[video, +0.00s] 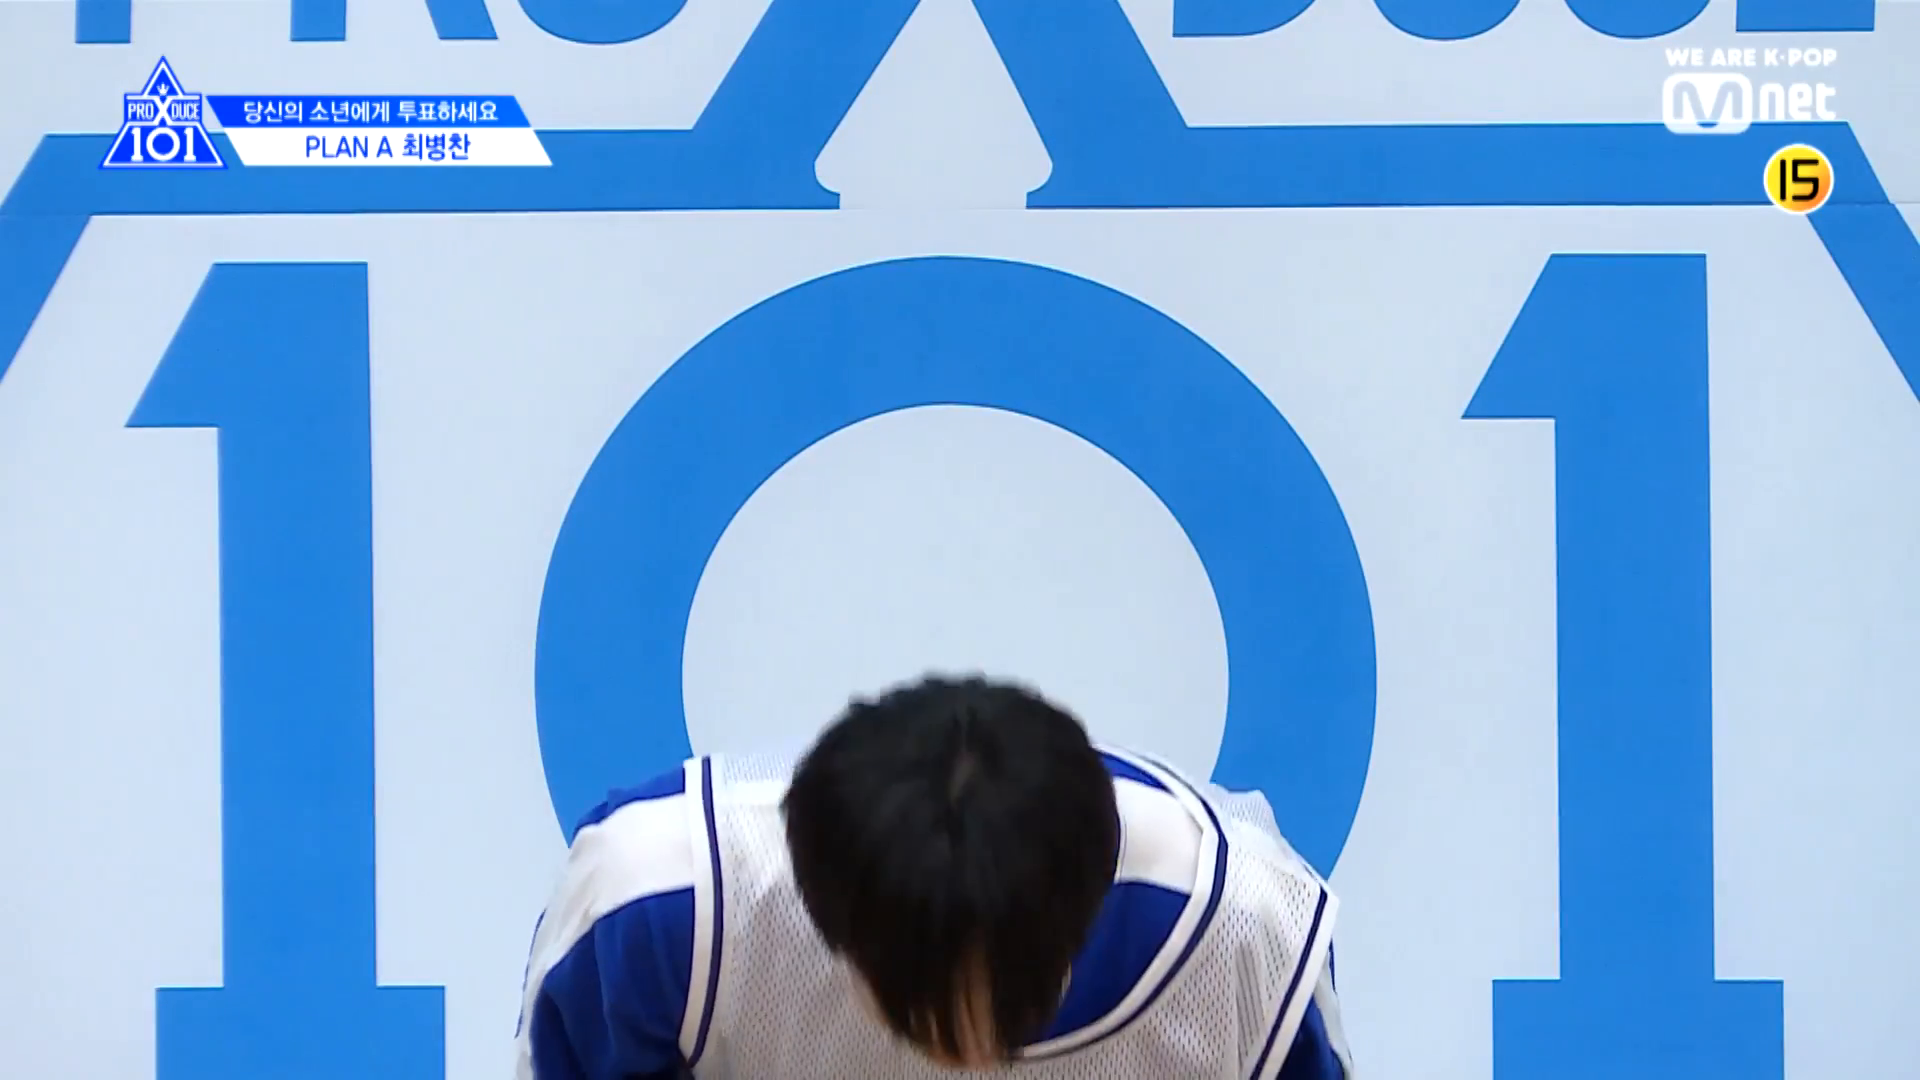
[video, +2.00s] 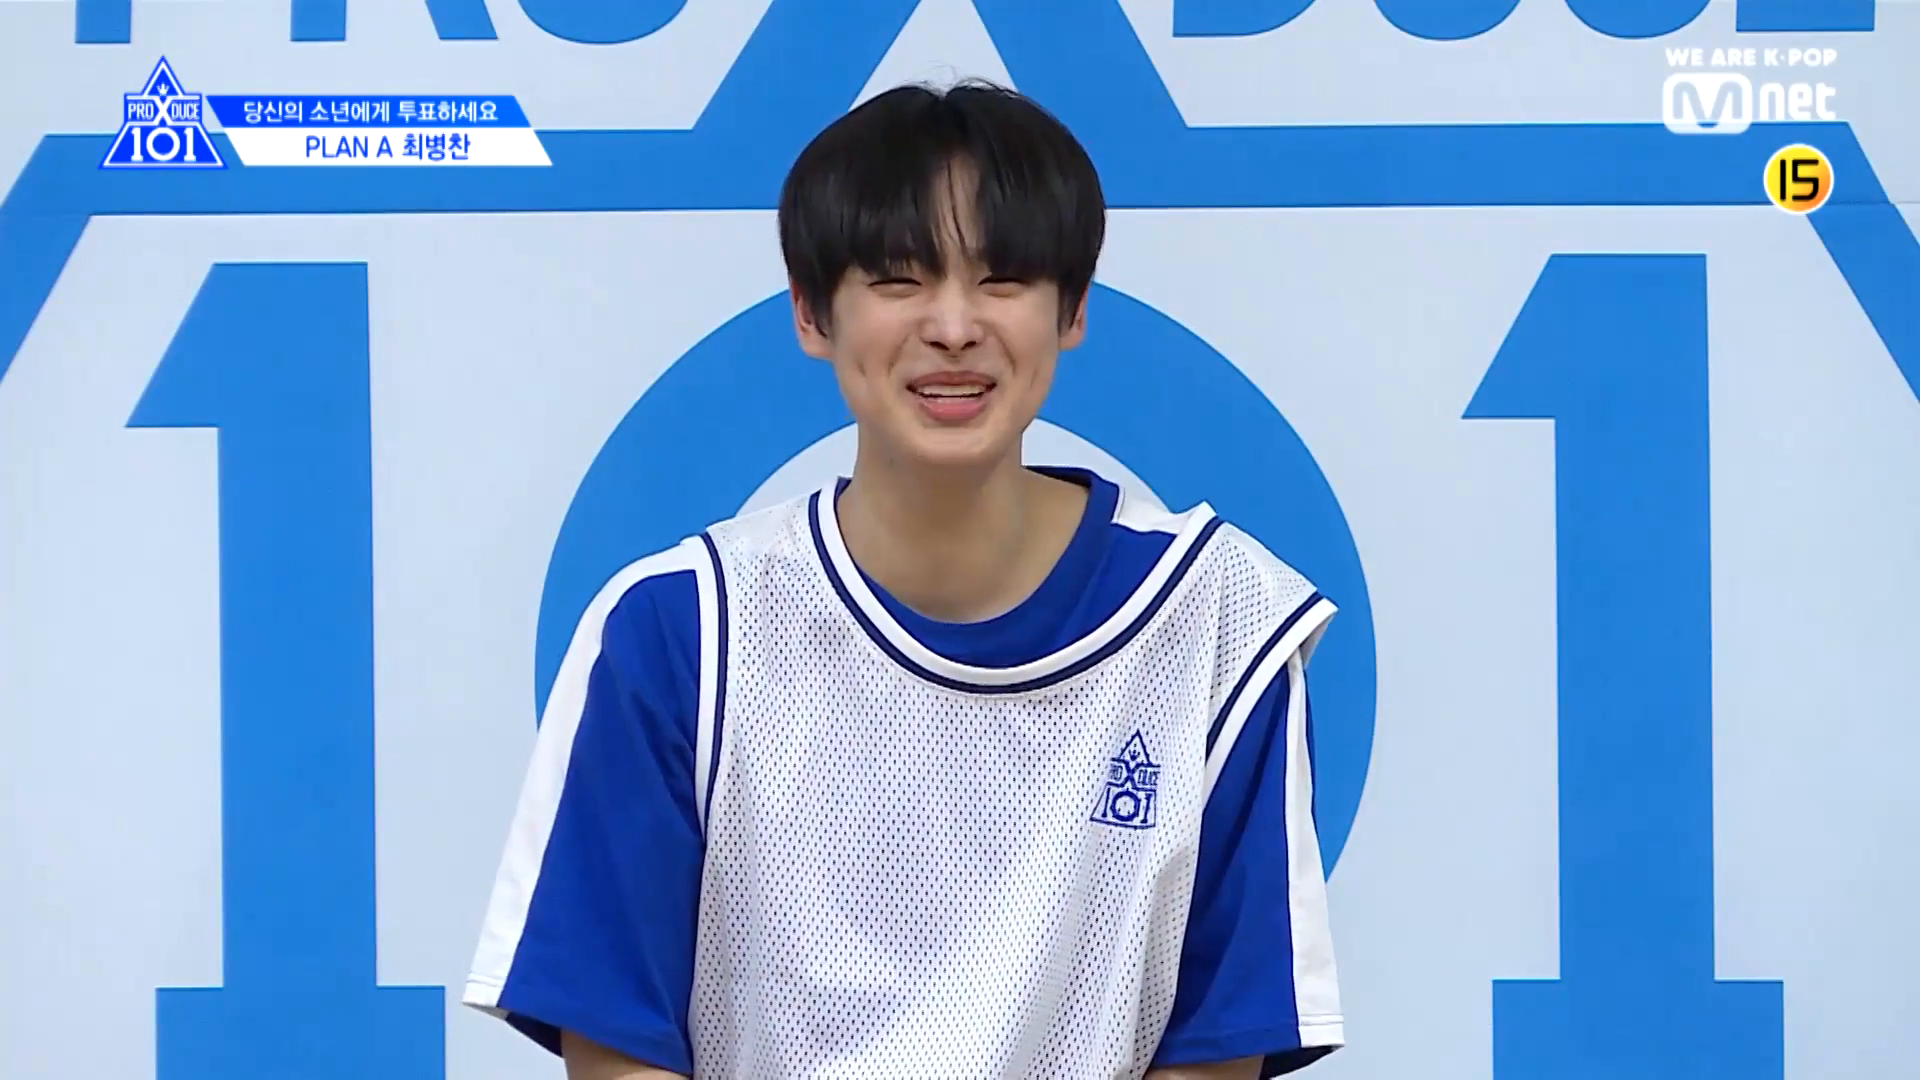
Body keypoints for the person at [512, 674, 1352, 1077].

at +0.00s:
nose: (973, 1050)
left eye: (1020, 1001)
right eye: (920, 1010)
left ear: (1086, 916)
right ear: (835, 926)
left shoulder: (1252, 957)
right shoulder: (646, 932)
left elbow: (1307, 1064)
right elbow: (569, 1061)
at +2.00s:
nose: (954, 325)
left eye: (1004, 279)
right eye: (900, 278)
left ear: (1069, 318)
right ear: (815, 318)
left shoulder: (1221, 626)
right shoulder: (672, 633)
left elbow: (1222, 1051)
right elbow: (613, 1046)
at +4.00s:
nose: (957, 360)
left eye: (1005, 307)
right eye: (904, 306)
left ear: (1071, 340)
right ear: (819, 342)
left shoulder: (1229, 646)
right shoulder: (673, 653)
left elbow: (1255, 1052)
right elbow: (607, 1050)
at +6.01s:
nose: (974, 342)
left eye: (1025, 292)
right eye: (922, 288)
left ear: (1088, 331)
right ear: (836, 326)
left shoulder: (1242, 636)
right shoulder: (689, 631)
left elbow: (1264, 1048)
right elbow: (629, 1038)